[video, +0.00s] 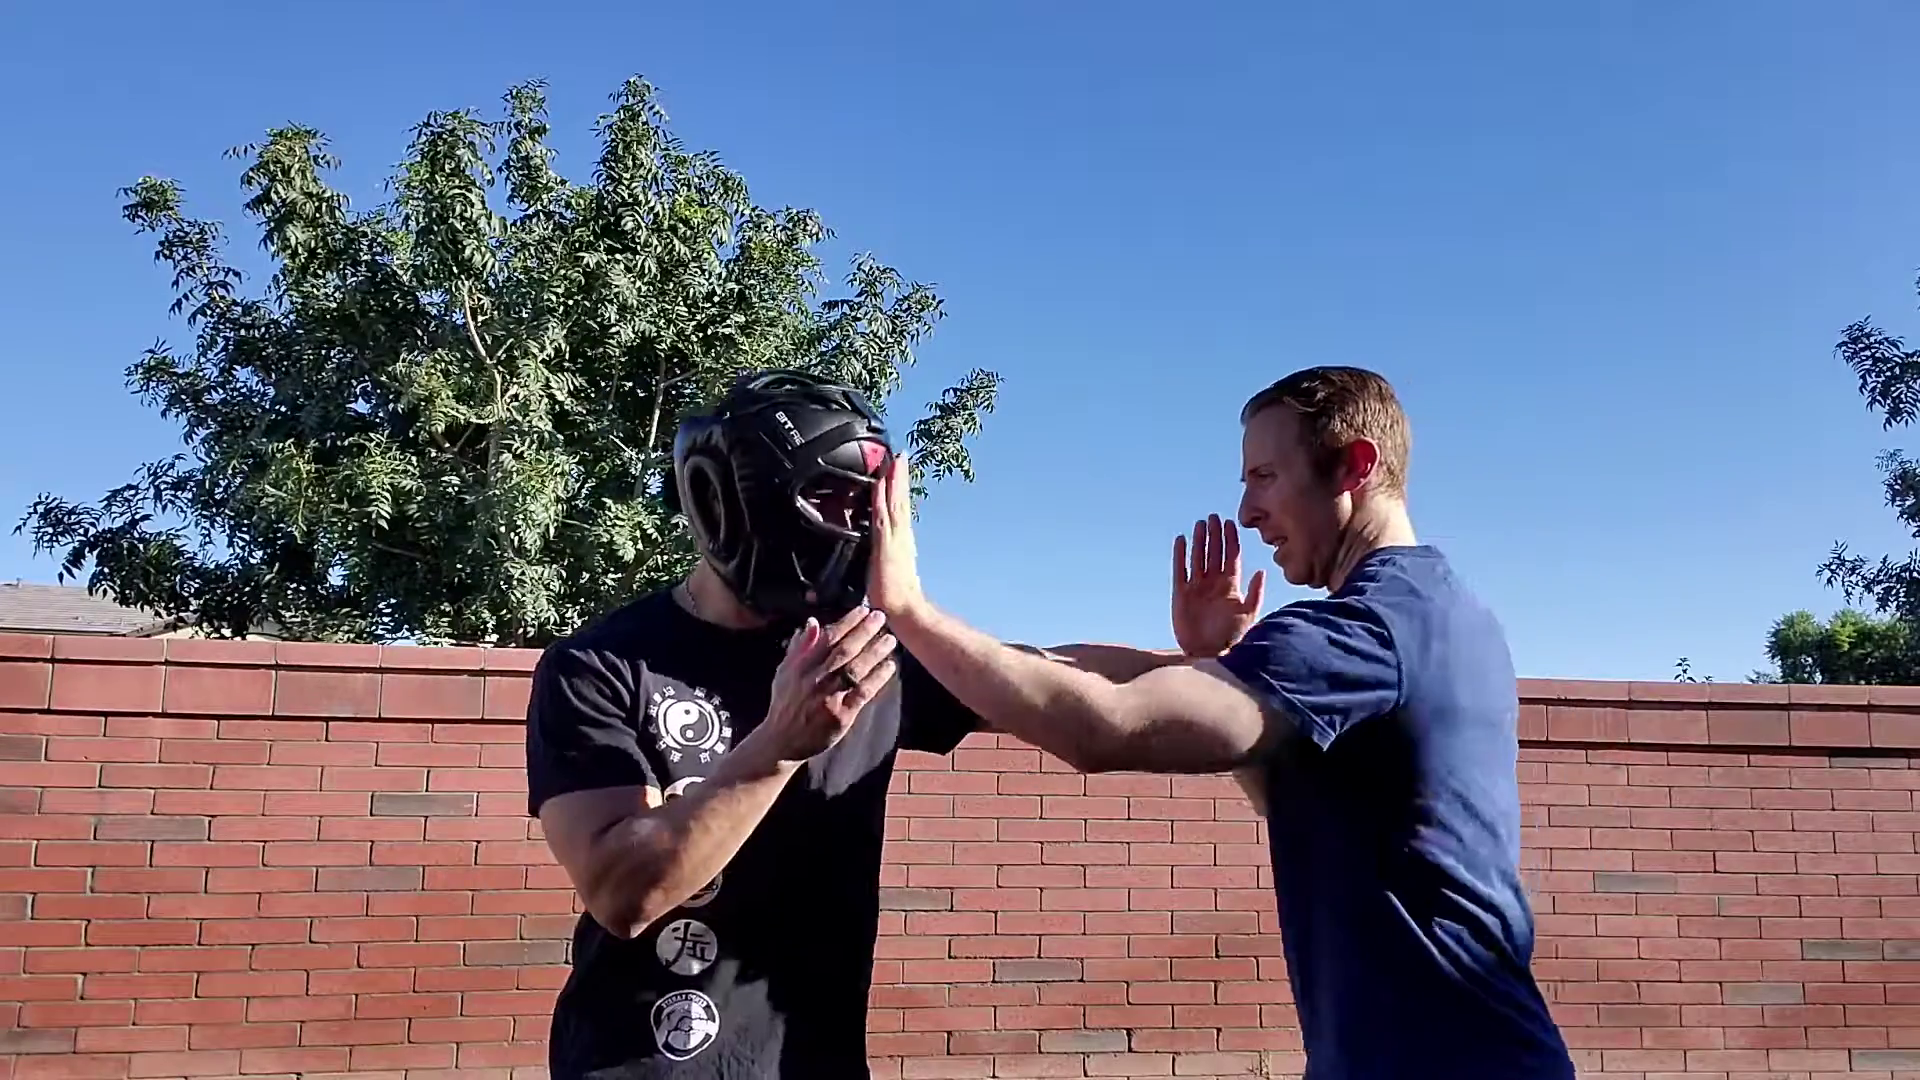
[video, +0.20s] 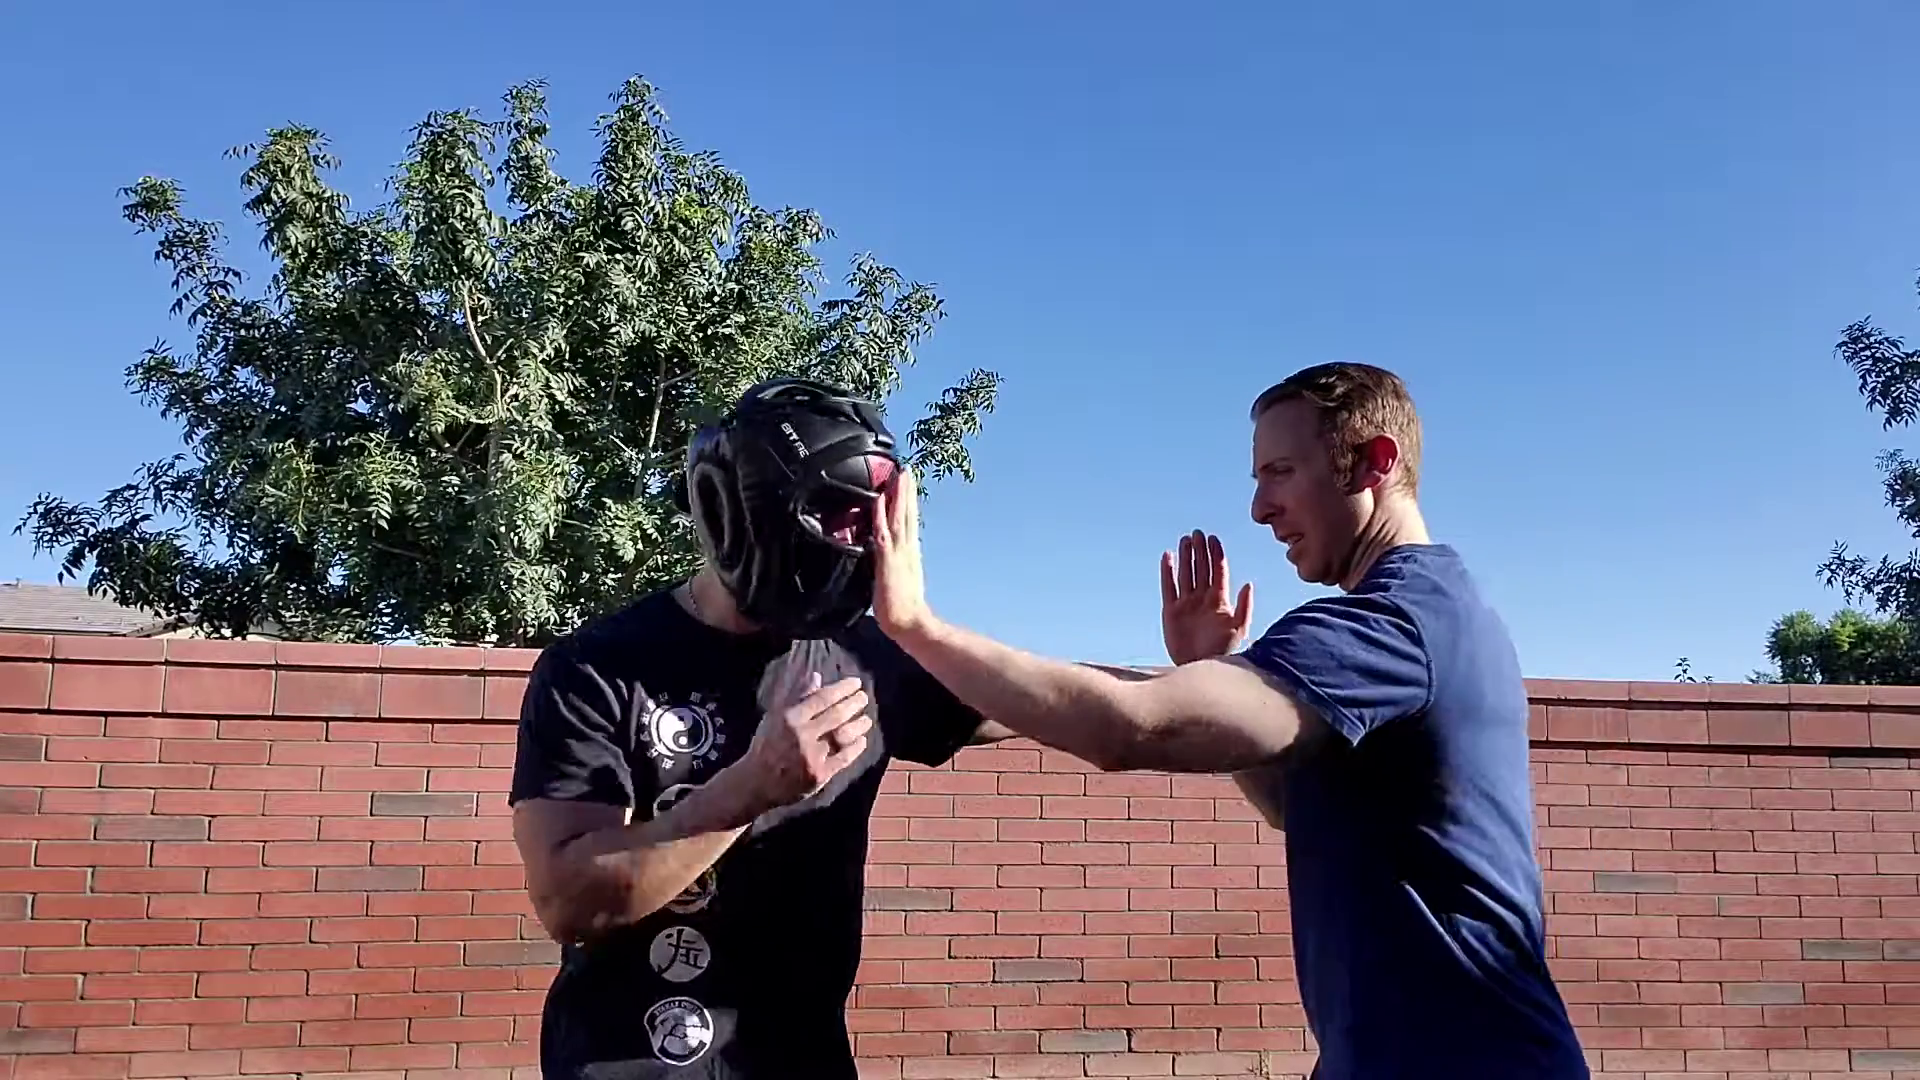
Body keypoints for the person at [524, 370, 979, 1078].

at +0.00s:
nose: (862, 530)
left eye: (869, 503)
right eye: (836, 501)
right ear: (748, 506)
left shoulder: (870, 659)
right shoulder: (595, 668)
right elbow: (623, 894)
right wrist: (780, 741)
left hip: (813, 1057)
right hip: (633, 1059)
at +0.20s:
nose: (859, 544)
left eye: (869, 519)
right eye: (839, 516)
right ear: (761, 512)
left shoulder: (865, 659)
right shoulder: (593, 668)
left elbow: (1050, 703)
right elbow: (570, 898)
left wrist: (916, 626)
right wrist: (754, 783)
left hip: (799, 1053)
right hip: (621, 1058)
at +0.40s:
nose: (809, 548)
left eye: (821, 523)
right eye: (787, 517)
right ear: (692, 505)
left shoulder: (795, 676)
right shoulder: (522, 682)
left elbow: (968, 720)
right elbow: (410, 899)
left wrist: (1114, 704)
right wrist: (584, 937)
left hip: (726, 1061)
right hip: (555, 1063)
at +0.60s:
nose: (907, 567)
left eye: (910, 543)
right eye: (893, 535)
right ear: (792, 520)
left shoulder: (807, 670)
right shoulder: (675, 651)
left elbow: (846, 860)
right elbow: (656, 798)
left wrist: (982, 817)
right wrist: (820, 692)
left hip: (780, 1045)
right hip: (661, 1049)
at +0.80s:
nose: (960, 588)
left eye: (962, 565)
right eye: (947, 563)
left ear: (844, 542)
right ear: (879, 545)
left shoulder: (739, 657)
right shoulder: (827, 650)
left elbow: (660, 850)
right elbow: (1035, 718)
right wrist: (1226, 675)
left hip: (696, 1046)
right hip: (786, 1054)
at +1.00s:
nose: (965, 591)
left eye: (968, 566)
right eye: (956, 563)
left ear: (847, 536)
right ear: (903, 543)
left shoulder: (739, 651)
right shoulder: (848, 650)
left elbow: (638, 835)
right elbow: (1043, 727)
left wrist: (738, 930)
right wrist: (1254, 739)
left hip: (701, 1041)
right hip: (792, 1050)